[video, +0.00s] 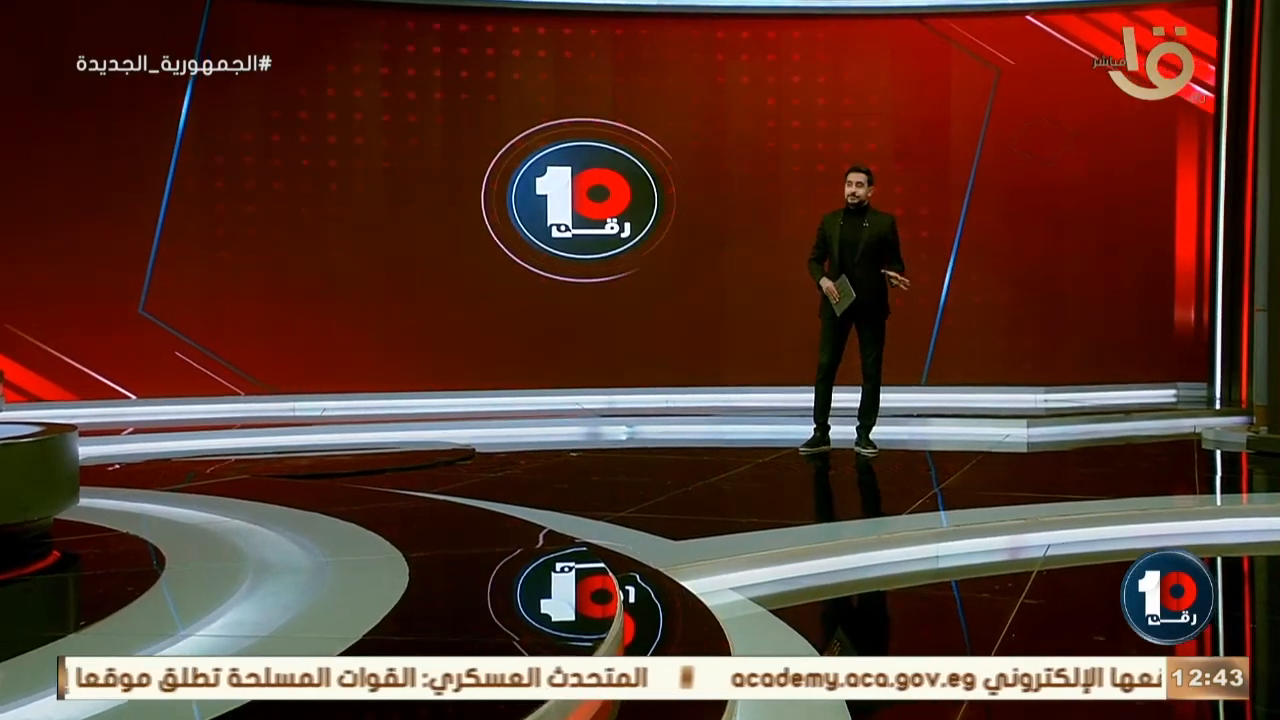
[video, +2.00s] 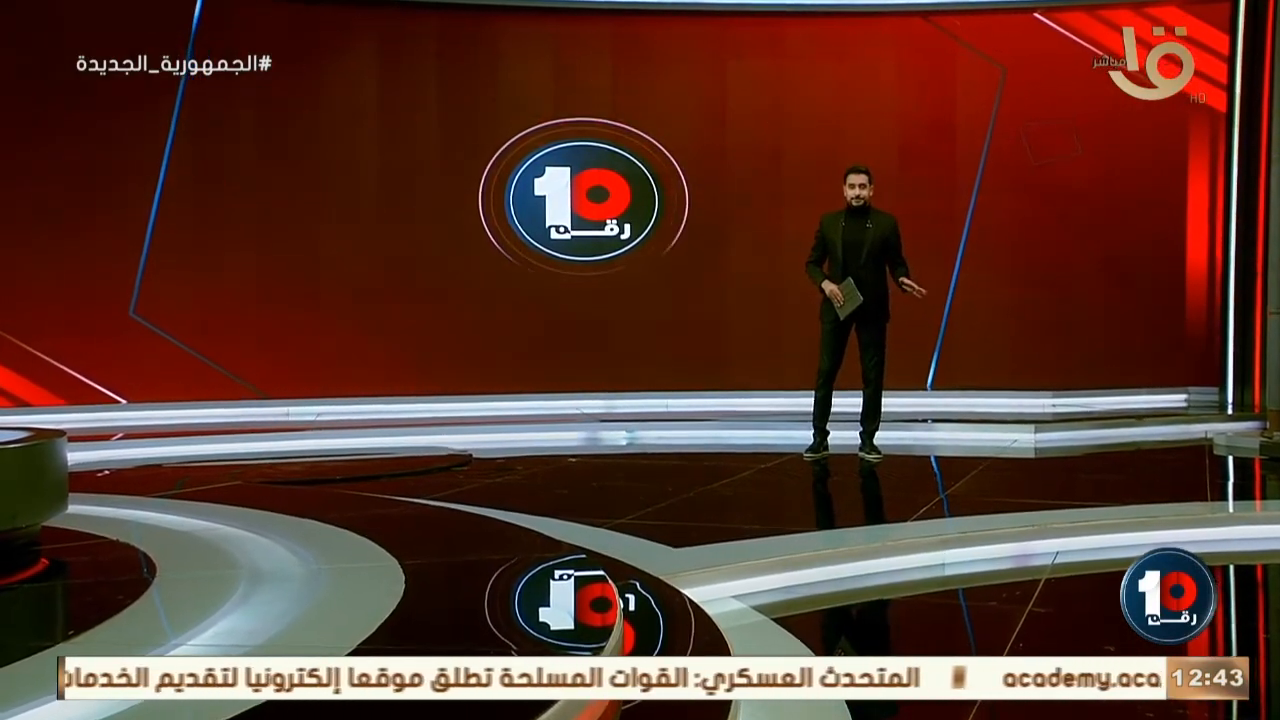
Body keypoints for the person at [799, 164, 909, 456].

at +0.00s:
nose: (853, 189)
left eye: (860, 185)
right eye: (849, 184)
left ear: (870, 190)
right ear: (843, 188)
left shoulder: (884, 222)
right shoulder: (830, 221)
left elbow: (895, 263)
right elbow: (815, 262)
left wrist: (894, 276)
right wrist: (822, 280)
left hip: (871, 307)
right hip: (836, 305)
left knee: (871, 373)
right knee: (825, 368)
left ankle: (864, 435)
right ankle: (820, 433)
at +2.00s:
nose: (857, 192)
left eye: (862, 186)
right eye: (852, 186)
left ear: (871, 190)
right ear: (844, 190)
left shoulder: (886, 223)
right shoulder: (830, 223)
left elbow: (896, 261)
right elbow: (812, 265)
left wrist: (903, 278)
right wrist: (825, 283)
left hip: (873, 308)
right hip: (836, 307)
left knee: (873, 376)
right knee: (826, 372)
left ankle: (868, 440)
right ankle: (819, 437)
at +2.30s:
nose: (843, 192)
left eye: (849, 186)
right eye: (838, 186)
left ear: (858, 189)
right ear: (831, 190)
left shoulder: (875, 223)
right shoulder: (820, 224)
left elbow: (893, 264)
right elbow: (804, 265)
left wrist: (888, 279)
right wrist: (815, 284)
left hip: (864, 309)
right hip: (828, 309)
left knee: (868, 377)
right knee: (821, 377)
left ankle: (868, 440)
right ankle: (819, 438)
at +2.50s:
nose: (835, 191)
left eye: (840, 186)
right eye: (830, 186)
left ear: (850, 189)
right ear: (822, 191)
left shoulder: (868, 223)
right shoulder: (812, 225)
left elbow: (885, 266)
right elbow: (797, 267)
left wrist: (877, 272)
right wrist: (808, 285)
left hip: (858, 309)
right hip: (821, 309)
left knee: (863, 376)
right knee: (817, 377)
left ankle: (868, 440)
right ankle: (819, 439)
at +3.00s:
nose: (820, 195)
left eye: (825, 189)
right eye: (815, 190)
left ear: (834, 191)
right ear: (807, 194)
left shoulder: (852, 224)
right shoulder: (796, 228)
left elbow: (868, 266)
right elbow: (782, 270)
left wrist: (860, 283)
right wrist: (796, 284)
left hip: (844, 311)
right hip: (809, 312)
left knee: (856, 373)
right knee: (810, 378)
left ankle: (868, 441)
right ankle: (819, 441)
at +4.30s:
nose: (849, 201)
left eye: (854, 196)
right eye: (844, 196)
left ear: (861, 195)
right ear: (834, 194)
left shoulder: (876, 223)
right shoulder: (819, 227)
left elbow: (892, 269)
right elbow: (805, 271)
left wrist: (875, 269)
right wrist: (823, 267)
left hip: (867, 313)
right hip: (830, 314)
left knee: (872, 379)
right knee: (824, 378)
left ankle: (872, 444)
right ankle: (822, 443)